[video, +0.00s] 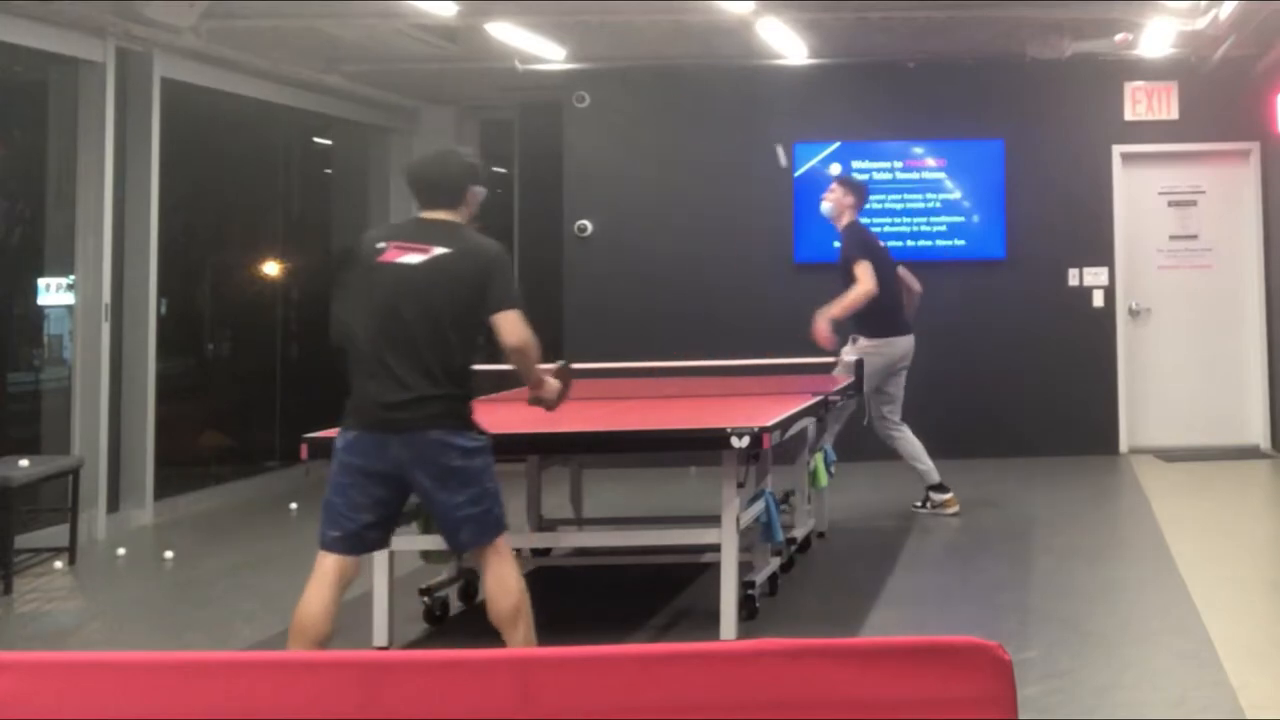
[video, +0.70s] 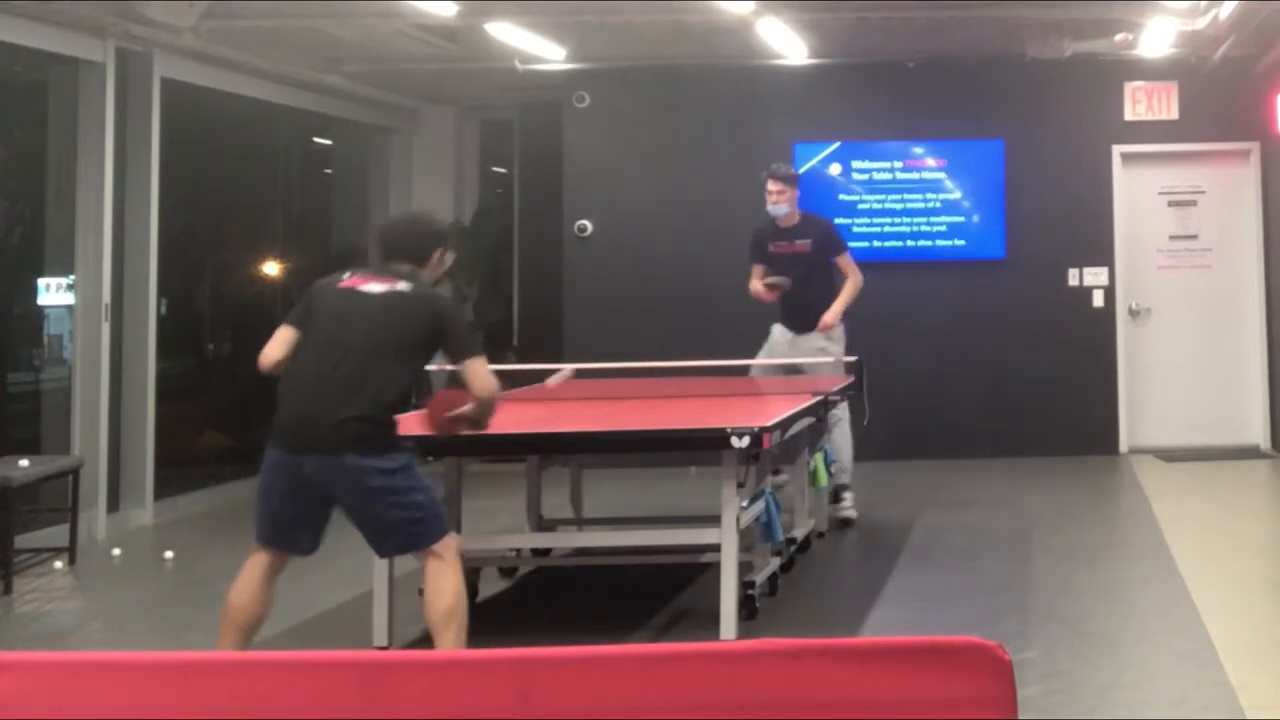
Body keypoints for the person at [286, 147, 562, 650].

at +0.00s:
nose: (481, 201)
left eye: (479, 192)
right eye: (478, 192)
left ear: (418, 195)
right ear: (468, 197)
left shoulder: (372, 245)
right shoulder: (482, 253)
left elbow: (346, 330)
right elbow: (515, 340)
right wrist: (536, 381)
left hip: (365, 433)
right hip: (443, 434)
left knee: (331, 566)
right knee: (493, 553)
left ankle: (288, 694)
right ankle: (530, 678)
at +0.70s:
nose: (447, 263)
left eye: (447, 255)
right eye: (447, 256)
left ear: (381, 252)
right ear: (436, 259)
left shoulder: (329, 286)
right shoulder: (436, 303)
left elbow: (270, 359)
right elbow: (486, 389)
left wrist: (320, 367)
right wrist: (474, 416)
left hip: (291, 444)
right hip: (364, 448)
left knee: (267, 554)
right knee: (440, 552)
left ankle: (222, 671)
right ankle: (453, 679)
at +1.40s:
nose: (395, 237)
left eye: (393, 228)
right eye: (392, 229)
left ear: (334, 232)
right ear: (381, 234)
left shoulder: (288, 275)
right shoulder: (391, 289)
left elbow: (223, 348)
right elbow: (417, 373)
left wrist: (285, 366)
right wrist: (461, 380)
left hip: (256, 440)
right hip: (326, 446)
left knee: (231, 536)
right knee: (401, 552)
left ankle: (178, 657)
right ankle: (412, 681)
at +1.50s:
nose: (412, 252)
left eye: (412, 240)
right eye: (410, 241)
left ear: (352, 238)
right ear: (395, 243)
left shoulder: (303, 278)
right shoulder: (368, 295)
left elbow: (295, 359)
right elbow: (351, 392)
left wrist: (365, 373)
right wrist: (408, 439)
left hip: (235, 450)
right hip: (295, 457)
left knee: (223, 555)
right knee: (387, 549)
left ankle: (127, 659)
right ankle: (404, 685)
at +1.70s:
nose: (438, 302)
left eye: (439, 292)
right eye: (436, 292)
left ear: (381, 287)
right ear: (416, 295)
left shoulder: (341, 314)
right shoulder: (357, 341)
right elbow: (335, 434)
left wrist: (418, 333)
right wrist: (377, 495)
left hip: (239, 483)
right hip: (277, 489)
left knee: (212, 587)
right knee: (394, 555)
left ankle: (117, 669)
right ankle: (378, 681)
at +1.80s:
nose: (495, 285)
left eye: (493, 275)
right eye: (489, 278)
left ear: (434, 275)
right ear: (464, 289)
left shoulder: (379, 293)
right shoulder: (423, 343)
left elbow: (324, 289)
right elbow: (473, 441)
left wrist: (365, 262)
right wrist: (533, 454)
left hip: (266, 460)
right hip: (310, 477)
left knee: (207, 561)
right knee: (416, 560)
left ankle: (117, 660)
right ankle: (372, 688)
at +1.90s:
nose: (525, 275)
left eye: (525, 264)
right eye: (522, 265)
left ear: (462, 251)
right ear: (498, 266)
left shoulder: (406, 278)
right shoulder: (485, 330)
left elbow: (339, 285)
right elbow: (576, 376)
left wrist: (355, 252)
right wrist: (662, 384)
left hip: (302, 445)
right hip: (356, 466)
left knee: (251, 526)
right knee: (440, 571)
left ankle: (175, 616)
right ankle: (376, 677)